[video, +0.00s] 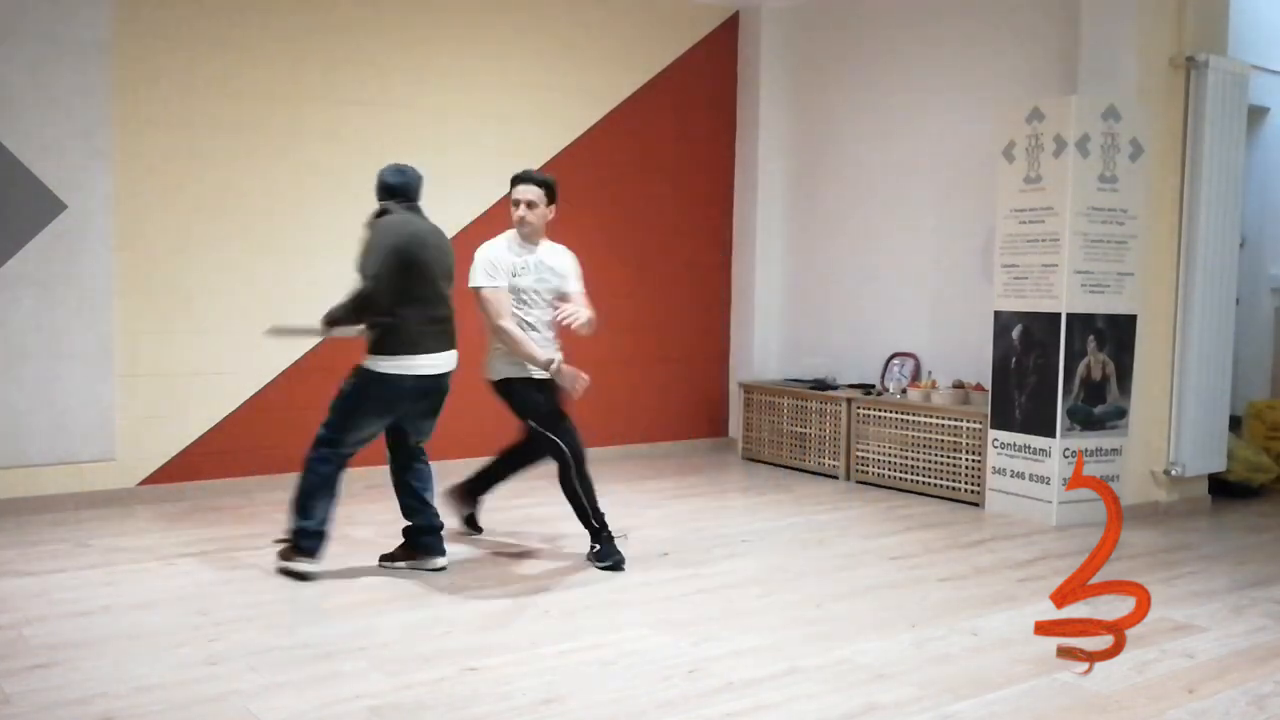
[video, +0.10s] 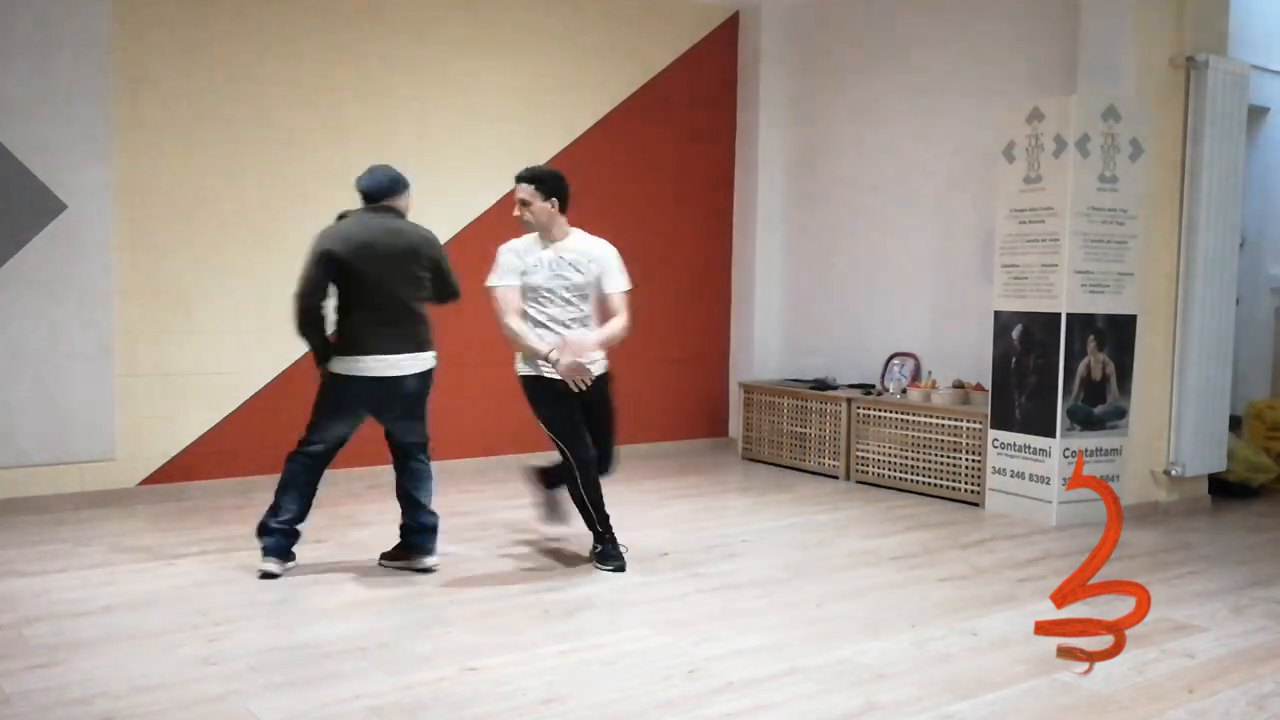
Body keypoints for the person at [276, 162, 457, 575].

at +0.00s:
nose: (378, 201)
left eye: (379, 195)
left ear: (382, 194)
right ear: (416, 195)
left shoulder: (387, 229)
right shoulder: (437, 235)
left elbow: (376, 292)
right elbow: (424, 298)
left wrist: (336, 317)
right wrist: (370, 317)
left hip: (390, 372)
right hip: (436, 370)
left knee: (330, 449)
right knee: (408, 448)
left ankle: (305, 545)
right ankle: (426, 543)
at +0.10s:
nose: (410, 201)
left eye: (406, 194)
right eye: (407, 195)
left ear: (365, 198)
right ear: (400, 198)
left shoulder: (335, 237)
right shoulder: (420, 239)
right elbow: (447, 290)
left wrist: (324, 354)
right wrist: (406, 285)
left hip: (352, 371)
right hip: (411, 370)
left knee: (312, 452)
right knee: (413, 455)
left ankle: (276, 546)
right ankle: (419, 545)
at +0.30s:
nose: (380, 204)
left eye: (379, 196)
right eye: (375, 196)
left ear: (335, 199)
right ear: (352, 198)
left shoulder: (297, 246)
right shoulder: (365, 228)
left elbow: (274, 318)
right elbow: (431, 218)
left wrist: (309, 351)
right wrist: (419, 186)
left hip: (316, 378)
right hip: (366, 372)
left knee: (303, 457)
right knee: (416, 440)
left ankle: (254, 546)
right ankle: (384, 534)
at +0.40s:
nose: (372, 200)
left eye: (371, 194)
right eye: (367, 193)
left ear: (328, 196)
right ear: (346, 194)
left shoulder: (300, 240)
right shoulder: (346, 223)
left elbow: (299, 313)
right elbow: (408, 192)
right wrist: (393, 151)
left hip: (312, 371)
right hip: (355, 365)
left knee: (303, 457)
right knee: (418, 437)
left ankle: (253, 547)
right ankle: (396, 538)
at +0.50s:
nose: (371, 203)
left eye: (370, 195)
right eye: (368, 195)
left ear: (329, 194)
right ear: (353, 195)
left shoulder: (306, 240)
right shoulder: (346, 223)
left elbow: (344, 303)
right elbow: (400, 182)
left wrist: (399, 335)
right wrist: (377, 141)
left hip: (315, 371)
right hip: (356, 366)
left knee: (303, 458)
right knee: (424, 441)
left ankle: (252, 544)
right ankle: (416, 548)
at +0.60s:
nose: (390, 205)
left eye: (388, 196)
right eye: (389, 197)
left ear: (348, 197)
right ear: (378, 199)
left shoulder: (327, 239)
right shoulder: (364, 229)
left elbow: (371, 303)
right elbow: (414, 185)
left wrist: (430, 311)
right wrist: (386, 141)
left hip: (324, 376)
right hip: (367, 373)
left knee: (312, 461)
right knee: (435, 451)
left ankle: (253, 545)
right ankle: (440, 556)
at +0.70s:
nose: (422, 216)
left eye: (420, 206)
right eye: (419, 208)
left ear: (379, 205)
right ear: (407, 208)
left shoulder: (361, 246)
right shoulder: (389, 239)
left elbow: (386, 299)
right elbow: (439, 195)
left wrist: (432, 300)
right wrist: (419, 146)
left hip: (347, 383)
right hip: (385, 380)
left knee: (318, 466)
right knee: (455, 454)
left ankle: (255, 548)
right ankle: (453, 566)